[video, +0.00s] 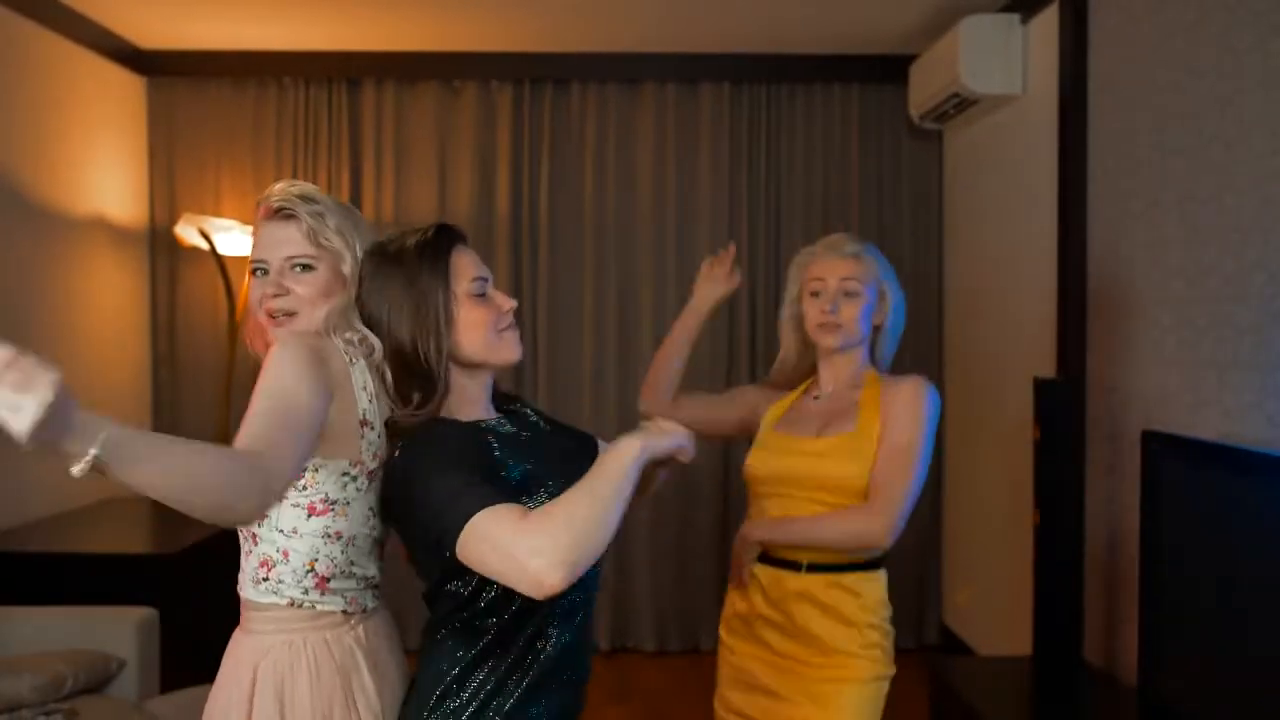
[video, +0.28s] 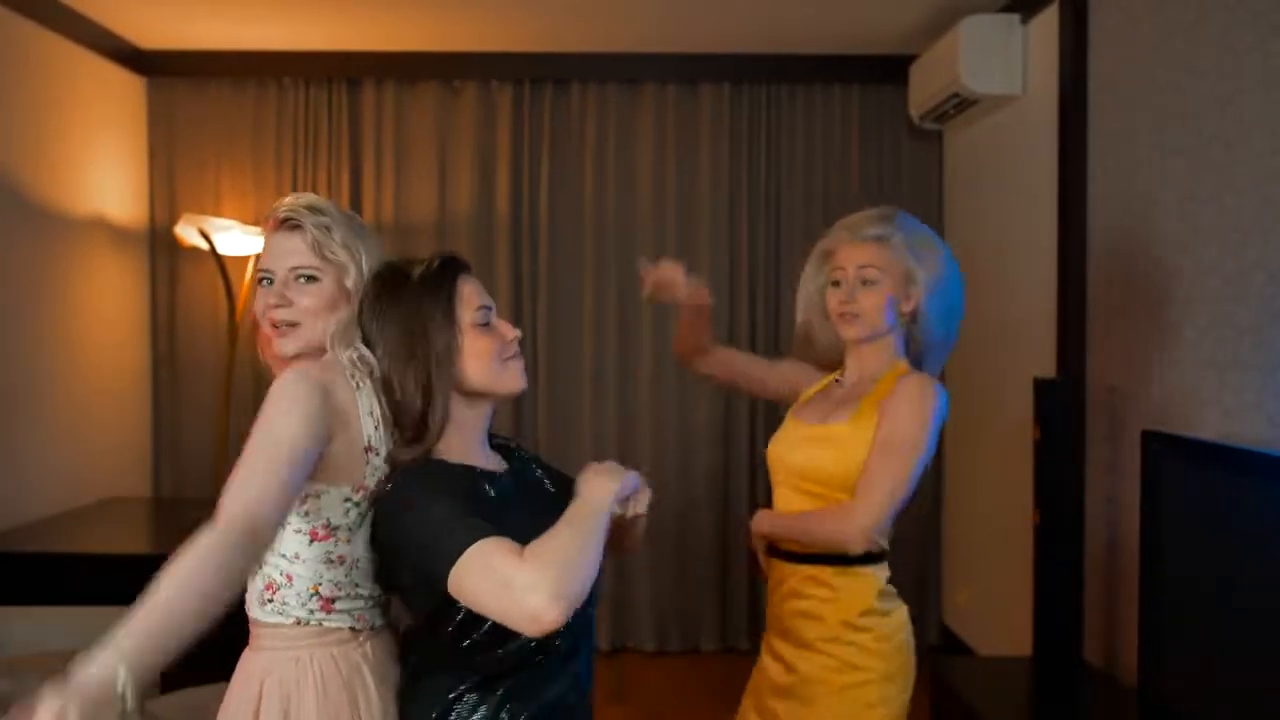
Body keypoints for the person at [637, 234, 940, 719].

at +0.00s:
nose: (829, 306)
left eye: (850, 293)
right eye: (815, 293)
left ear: (879, 309)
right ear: (799, 309)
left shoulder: (905, 397)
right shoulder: (770, 405)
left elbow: (879, 526)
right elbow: (657, 405)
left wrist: (755, 529)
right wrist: (700, 303)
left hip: (842, 633)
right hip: (754, 625)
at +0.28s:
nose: (844, 296)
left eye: (867, 281)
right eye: (835, 282)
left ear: (909, 300)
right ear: (824, 298)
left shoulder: (914, 393)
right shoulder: (815, 386)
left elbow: (859, 525)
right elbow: (697, 355)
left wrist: (762, 522)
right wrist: (695, 301)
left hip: (855, 639)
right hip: (786, 634)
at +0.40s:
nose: (848, 313)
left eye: (871, 298)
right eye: (843, 300)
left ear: (917, 316)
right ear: (832, 310)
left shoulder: (908, 420)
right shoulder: (847, 408)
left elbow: (836, 565)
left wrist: (768, 555)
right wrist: (736, 351)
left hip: (859, 669)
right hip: (803, 660)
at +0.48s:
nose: (851, 321)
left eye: (873, 307)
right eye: (846, 308)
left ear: (919, 327)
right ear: (835, 317)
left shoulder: (901, 433)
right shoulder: (863, 417)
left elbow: (827, 583)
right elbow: (797, 387)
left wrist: (754, 566)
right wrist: (761, 362)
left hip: (865, 683)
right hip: (820, 673)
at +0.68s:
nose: (851, 305)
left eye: (876, 290)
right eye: (855, 290)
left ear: (922, 313)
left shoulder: (872, 412)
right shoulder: (919, 404)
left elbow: (799, 557)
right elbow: (814, 397)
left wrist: (787, 545)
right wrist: (815, 358)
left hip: (867, 669)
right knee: (772, 713)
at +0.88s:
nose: (860, 265)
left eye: (883, 249)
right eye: (865, 250)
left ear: (934, 261)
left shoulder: (869, 351)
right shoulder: (950, 360)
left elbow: (778, 487)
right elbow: (828, 382)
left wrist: (836, 489)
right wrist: (826, 284)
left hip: (860, 623)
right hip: (909, 607)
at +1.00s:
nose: (864, 258)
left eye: (886, 243)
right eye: (869, 243)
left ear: (940, 255)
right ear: (941, 258)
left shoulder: (869, 340)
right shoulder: (961, 357)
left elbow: (775, 465)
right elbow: (840, 389)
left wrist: (832, 476)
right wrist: (813, 293)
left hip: (857, 612)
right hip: (917, 599)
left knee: (826, 711)